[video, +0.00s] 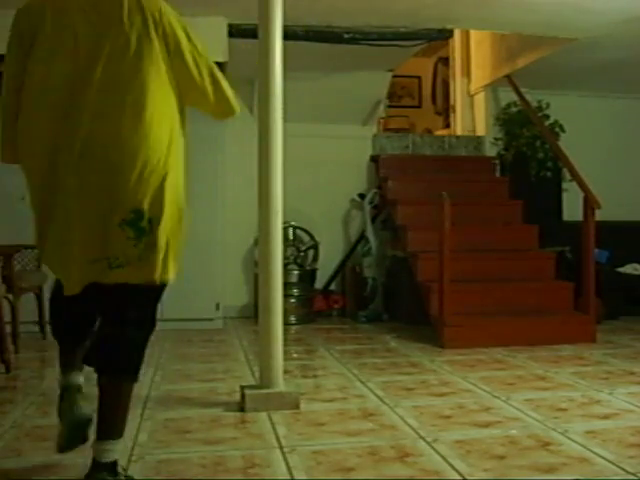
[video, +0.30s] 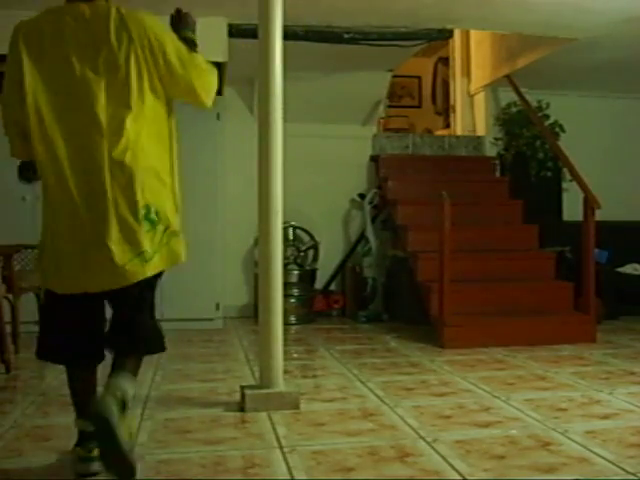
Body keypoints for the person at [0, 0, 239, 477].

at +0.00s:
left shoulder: (33, 13)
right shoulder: (148, 9)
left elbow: (9, 118)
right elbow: (213, 93)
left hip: (64, 175)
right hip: (142, 176)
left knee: (73, 285)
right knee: (127, 319)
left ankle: (71, 384)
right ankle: (106, 460)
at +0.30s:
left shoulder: (29, 35)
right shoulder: (140, 30)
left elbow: (15, 116)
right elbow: (204, 89)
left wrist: (29, 160)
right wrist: (187, 39)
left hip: (67, 215)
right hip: (136, 208)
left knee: (77, 329)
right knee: (135, 313)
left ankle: (88, 441)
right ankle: (119, 393)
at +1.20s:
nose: (129, 40)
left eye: (119, 33)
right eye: (132, 33)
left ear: (99, 35)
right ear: (135, 33)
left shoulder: (76, 78)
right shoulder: (158, 76)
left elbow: (52, 135)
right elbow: (204, 130)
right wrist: (210, 97)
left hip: (92, 200)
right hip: (145, 200)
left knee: (119, 284)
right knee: (126, 295)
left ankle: (129, 357)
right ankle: (97, 391)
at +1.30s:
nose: (127, 47)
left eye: (119, 41)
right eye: (133, 40)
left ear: (107, 44)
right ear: (143, 40)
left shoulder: (88, 86)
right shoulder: (172, 79)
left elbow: (58, 144)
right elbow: (215, 111)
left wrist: (53, 112)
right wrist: (215, 77)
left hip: (103, 205)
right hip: (158, 204)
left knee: (133, 293)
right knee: (132, 298)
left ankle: (152, 372)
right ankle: (99, 388)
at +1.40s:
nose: (155, 64)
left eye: (146, 59)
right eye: (153, 59)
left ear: (119, 63)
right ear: (152, 59)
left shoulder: (100, 104)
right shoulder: (179, 93)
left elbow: (62, 152)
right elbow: (222, 85)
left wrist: (57, 120)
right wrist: (210, 41)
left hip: (116, 215)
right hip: (168, 212)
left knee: (136, 300)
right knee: (144, 303)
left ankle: (162, 375)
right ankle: (99, 387)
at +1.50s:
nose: (159, 66)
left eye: (146, 60)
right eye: (160, 60)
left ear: (129, 66)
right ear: (163, 62)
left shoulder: (113, 107)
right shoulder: (184, 96)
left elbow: (70, 157)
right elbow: (226, 80)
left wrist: (66, 114)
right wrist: (212, 36)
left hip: (128, 218)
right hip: (176, 216)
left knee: (145, 299)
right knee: (168, 293)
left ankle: (165, 375)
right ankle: (115, 359)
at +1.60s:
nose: (161, 59)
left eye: (150, 55)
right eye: (166, 53)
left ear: (139, 59)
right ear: (173, 56)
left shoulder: (123, 97)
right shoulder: (194, 87)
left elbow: (82, 145)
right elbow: (235, 68)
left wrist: (71, 111)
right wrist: (218, 27)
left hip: (142, 209)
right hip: (191, 207)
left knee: (156, 288)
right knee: (178, 290)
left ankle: (172, 364)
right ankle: (131, 364)